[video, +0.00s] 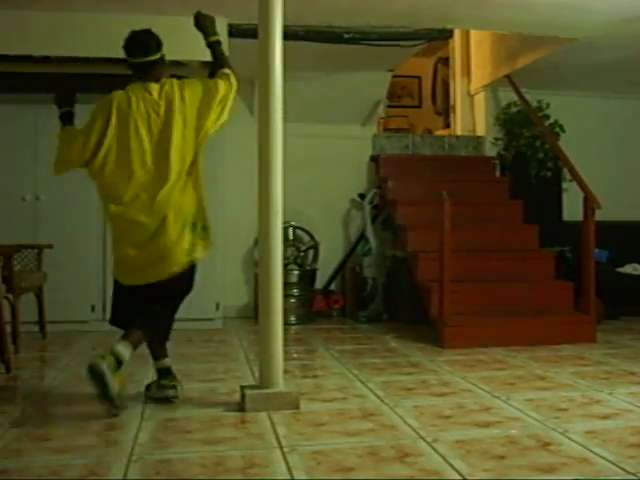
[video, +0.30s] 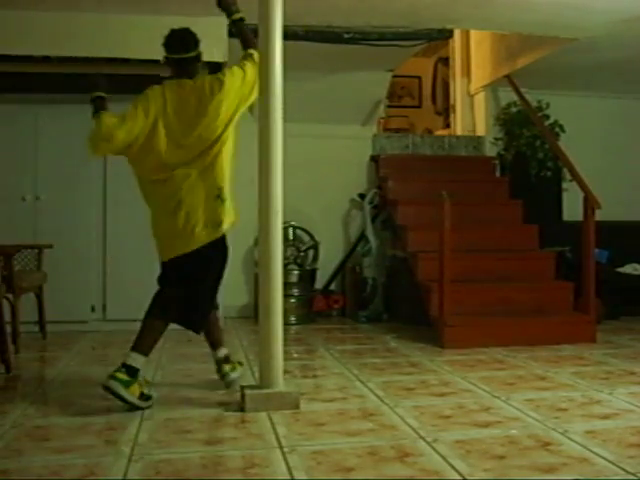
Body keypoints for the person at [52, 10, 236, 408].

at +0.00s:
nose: (159, 66)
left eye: (146, 60)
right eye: (160, 60)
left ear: (129, 66)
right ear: (163, 62)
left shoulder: (113, 107)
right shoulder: (184, 96)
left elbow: (70, 157)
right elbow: (226, 80)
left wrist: (66, 114)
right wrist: (212, 36)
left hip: (128, 218)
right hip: (176, 216)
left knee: (145, 299)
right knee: (168, 293)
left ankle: (165, 375)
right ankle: (115, 359)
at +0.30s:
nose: (181, 65)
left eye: (172, 59)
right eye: (189, 57)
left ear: (167, 62)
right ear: (200, 59)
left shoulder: (153, 101)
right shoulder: (219, 90)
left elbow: (108, 141)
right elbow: (252, 62)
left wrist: (99, 106)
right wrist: (236, 21)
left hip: (169, 220)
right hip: (211, 216)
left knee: (203, 295)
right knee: (171, 294)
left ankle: (226, 364)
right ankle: (129, 371)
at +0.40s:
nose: (205, 70)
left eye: (195, 64)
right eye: (209, 63)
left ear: (180, 68)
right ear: (213, 65)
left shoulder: (166, 105)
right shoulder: (230, 94)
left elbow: (132, 146)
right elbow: (269, 64)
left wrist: (120, 110)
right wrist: (251, 20)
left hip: (179, 216)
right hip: (221, 212)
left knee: (214, 291)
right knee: (177, 292)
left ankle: (237, 366)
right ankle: (130, 368)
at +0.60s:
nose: (240, 63)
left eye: (234, 58)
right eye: (239, 58)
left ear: (206, 66)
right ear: (238, 62)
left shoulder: (184, 110)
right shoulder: (249, 87)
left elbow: (149, 141)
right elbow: (293, 56)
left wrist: (165, 100)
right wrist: (268, 16)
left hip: (201, 214)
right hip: (240, 210)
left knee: (220, 294)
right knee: (199, 286)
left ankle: (237, 365)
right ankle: (147, 350)